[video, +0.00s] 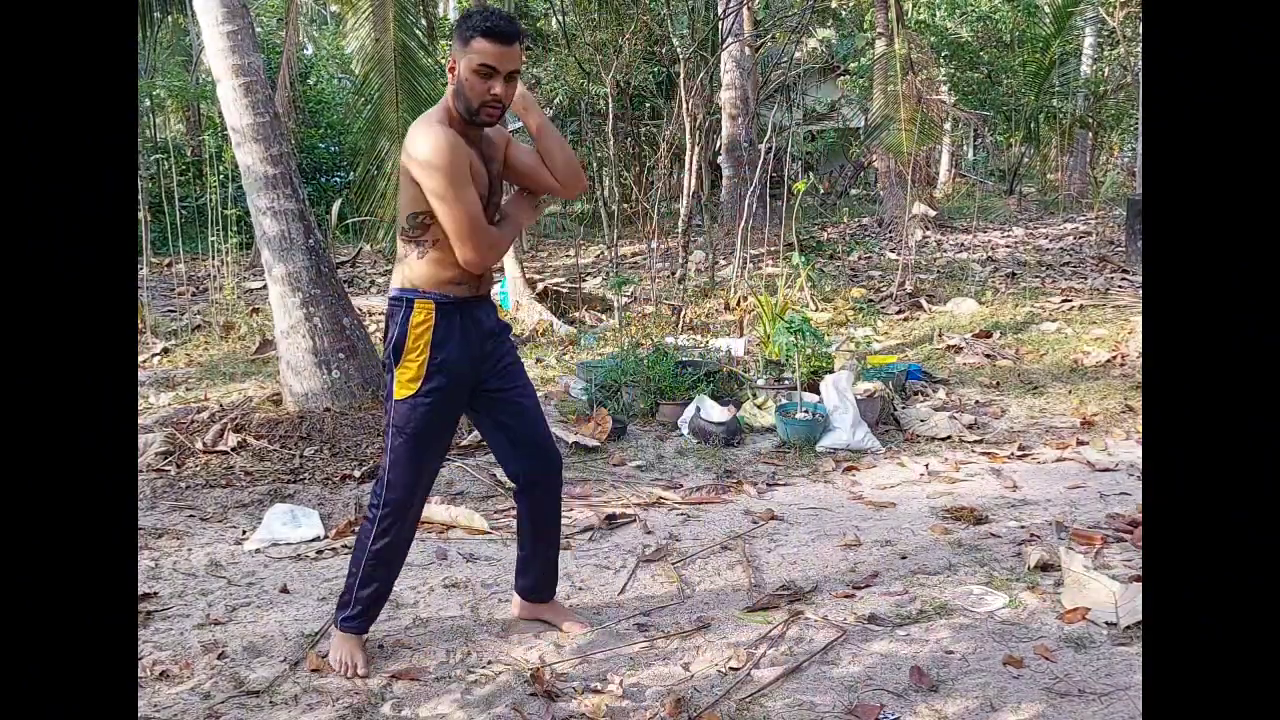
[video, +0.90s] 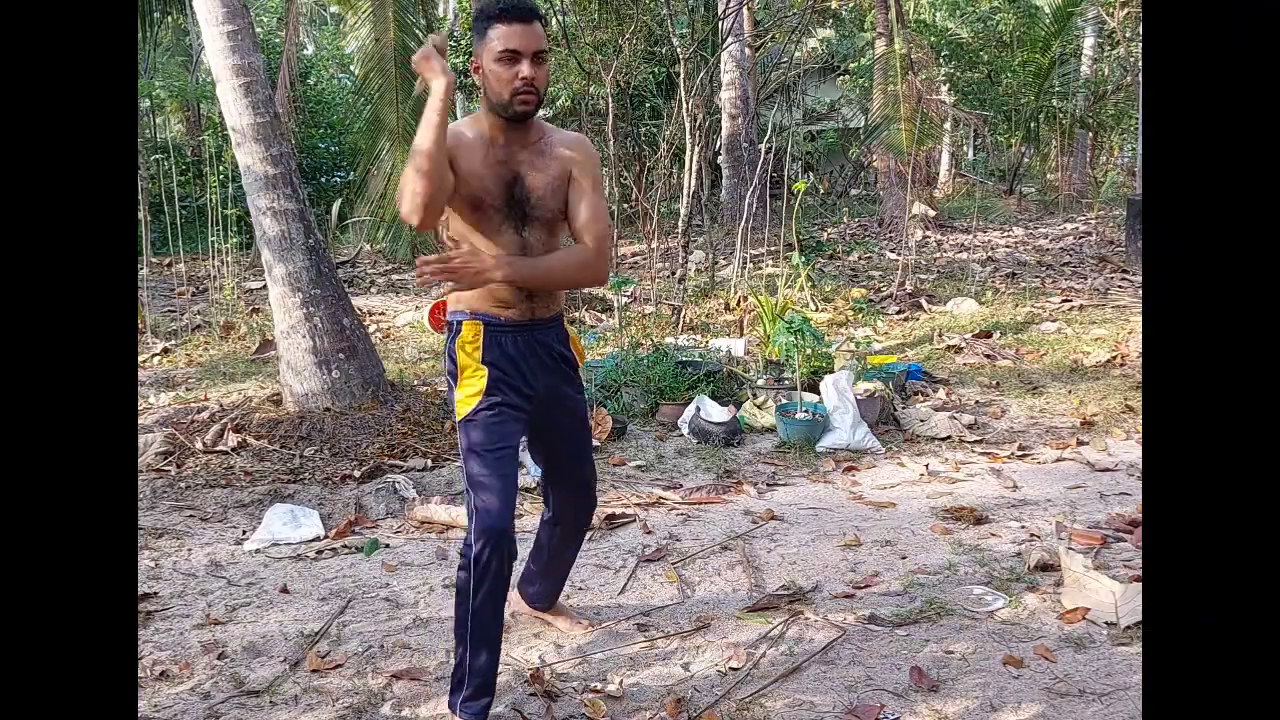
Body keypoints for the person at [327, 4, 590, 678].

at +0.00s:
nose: (500, 90)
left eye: (510, 76)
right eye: (485, 72)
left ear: (515, 79)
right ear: (452, 66)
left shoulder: (489, 137)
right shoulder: (435, 141)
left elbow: (568, 182)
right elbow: (478, 256)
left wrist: (522, 96)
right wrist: (524, 208)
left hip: (480, 319)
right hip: (428, 323)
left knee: (539, 461)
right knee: (403, 488)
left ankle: (535, 600)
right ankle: (349, 629)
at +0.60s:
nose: (558, 78)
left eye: (570, 66)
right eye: (543, 63)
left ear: (578, 72)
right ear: (512, 63)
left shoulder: (560, 135)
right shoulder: (498, 131)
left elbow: (642, 178)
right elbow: (556, 240)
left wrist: (595, 95)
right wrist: (601, 229)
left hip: (539, 325)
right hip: (484, 324)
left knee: (571, 480)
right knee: (476, 503)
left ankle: (535, 599)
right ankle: (442, 686)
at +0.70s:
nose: (549, 82)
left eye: (561, 68)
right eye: (533, 67)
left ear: (572, 72)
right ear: (502, 69)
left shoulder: (565, 152)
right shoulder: (482, 131)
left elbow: (627, 230)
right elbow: (519, 213)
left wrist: (603, 139)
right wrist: (622, 240)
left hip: (541, 333)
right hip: (485, 333)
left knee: (576, 488)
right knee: (493, 516)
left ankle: (535, 597)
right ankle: (467, 700)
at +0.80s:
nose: (542, 78)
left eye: (553, 65)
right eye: (527, 64)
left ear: (564, 70)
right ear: (494, 67)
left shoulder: (573, 158)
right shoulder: (459, 137)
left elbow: (612, 267)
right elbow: (440, 224)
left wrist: (569, 225)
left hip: (545, 337)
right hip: (486, 337)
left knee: (583, 495)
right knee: (507, 519)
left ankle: (540, 594)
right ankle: (473, 702)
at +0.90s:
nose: (528, 73)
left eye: (539, 58)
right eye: (510, 59)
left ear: (551, 64)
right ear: (477, 65)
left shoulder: (573, 149)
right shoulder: (449, 142)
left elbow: (595, 260)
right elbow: (418, 213)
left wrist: (502, 268)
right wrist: (437, 94)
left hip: (550, 341)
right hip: (483, 343)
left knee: (576, 494)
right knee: (493, 520)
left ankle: (536, 592)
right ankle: (469, 701)